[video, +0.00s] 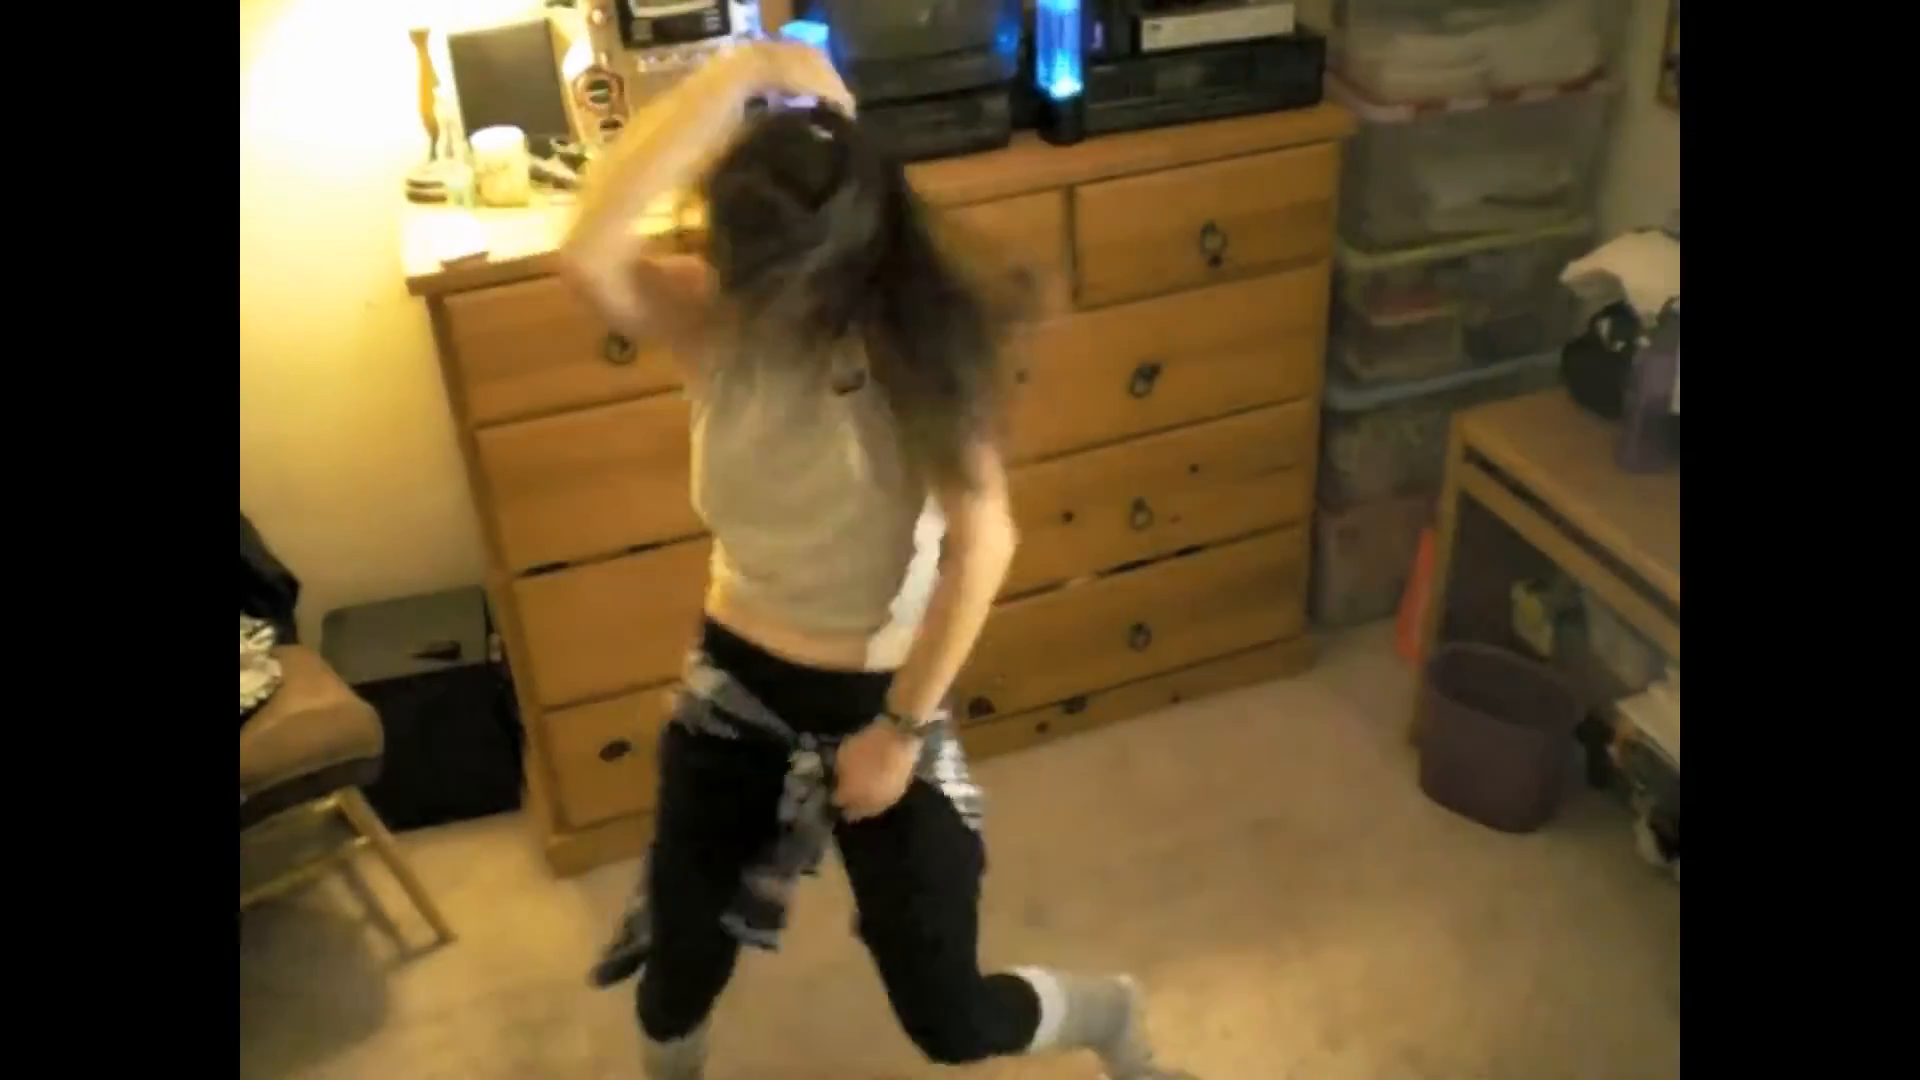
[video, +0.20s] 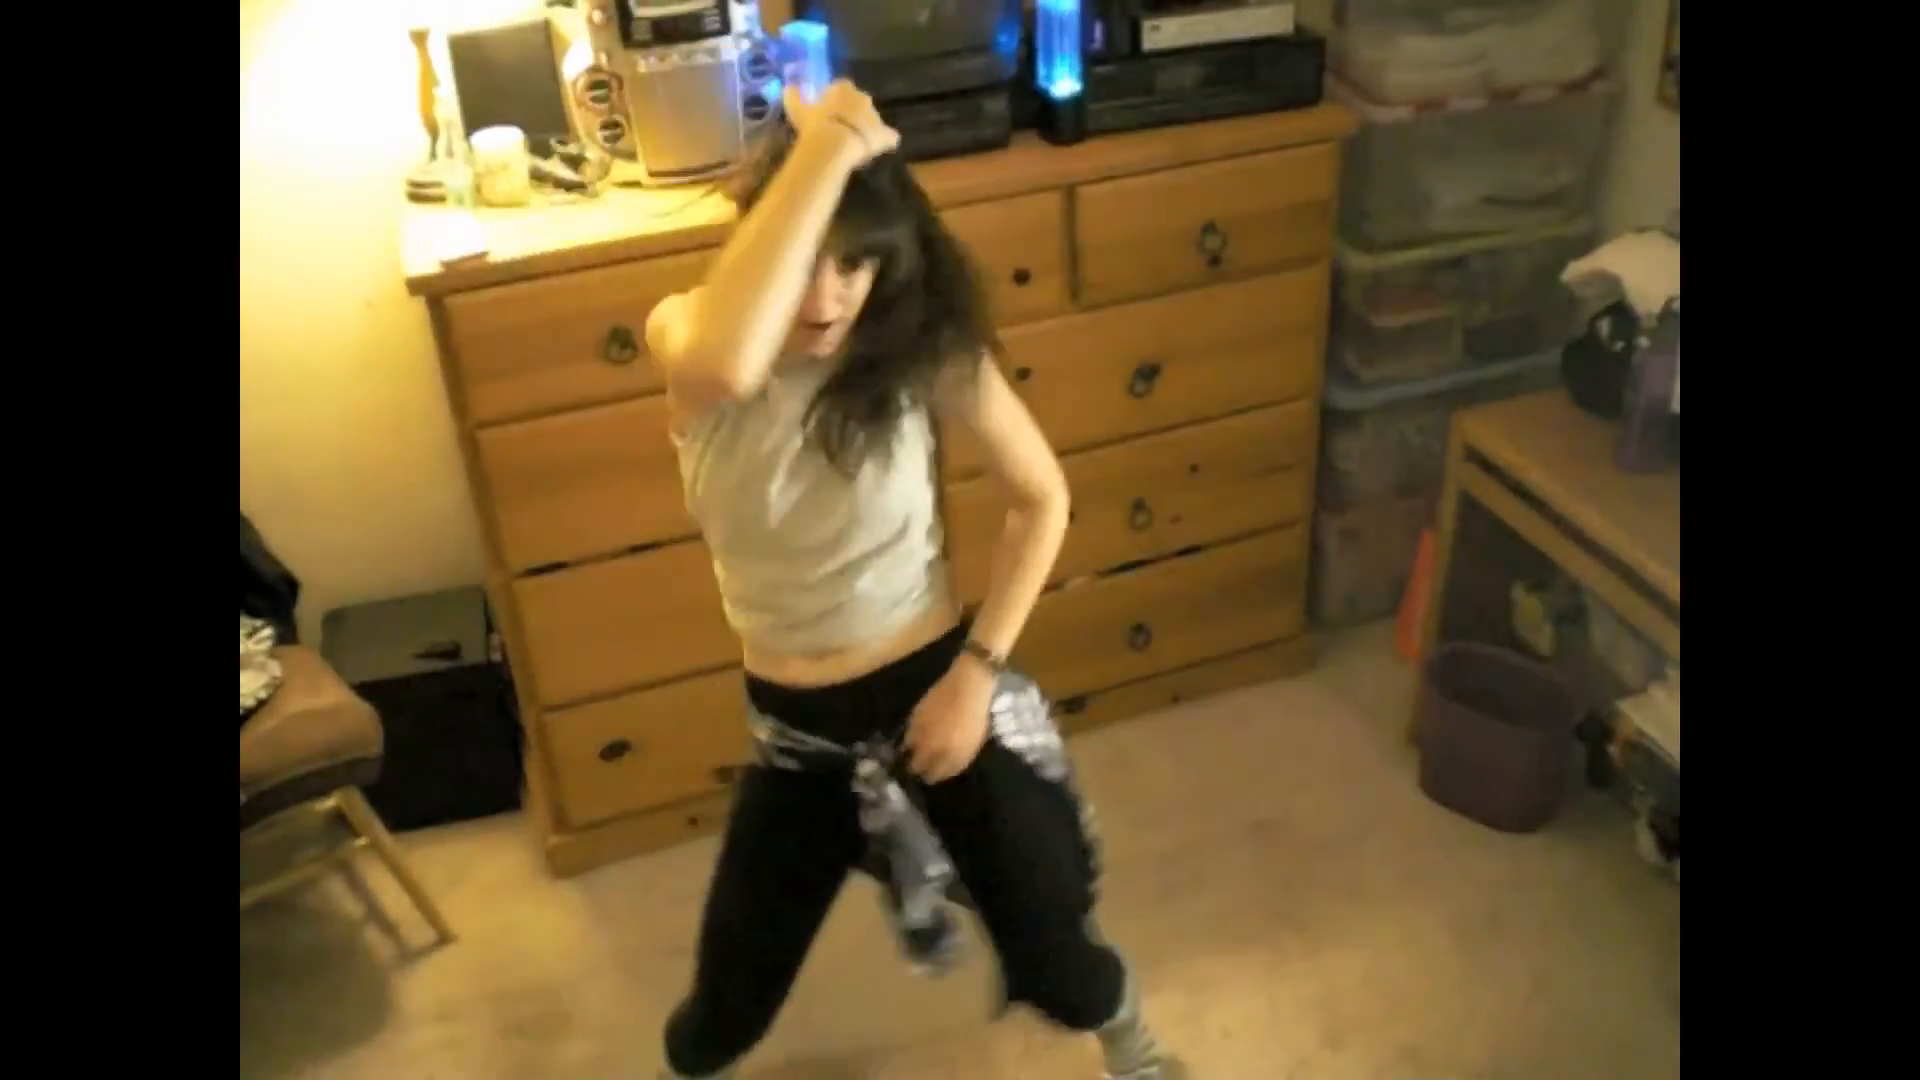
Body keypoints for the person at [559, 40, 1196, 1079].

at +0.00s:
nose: (779, 322)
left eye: (802, 300)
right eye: (758, 296)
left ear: (855, 264)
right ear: (733, 255)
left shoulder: (922, 338)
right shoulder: (719, 315)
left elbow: (984, 533)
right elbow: (589, 260)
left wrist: (899, 726)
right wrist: (729, 76)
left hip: (884, 708)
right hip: (738, 686)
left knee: (947, 1022)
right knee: (679, 972)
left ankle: (1108, 1012)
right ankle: (668, 1061)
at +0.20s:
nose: (825, 295)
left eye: (855, 264)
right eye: (806, 261)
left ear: (889, 270)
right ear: (753, 249)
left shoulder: (926, 352)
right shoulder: (688, 331)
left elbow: (1038, 497)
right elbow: (723, 367)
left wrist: (976, 672)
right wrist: (820, 159)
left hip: (941, 705)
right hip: (797, 737)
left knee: (1057, 968)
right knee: (724, 1015)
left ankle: (1132, 1046)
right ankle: (688, 1071)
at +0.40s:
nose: (834, 307)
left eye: (855, 275)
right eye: (804, 275)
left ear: (890, 269)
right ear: (745, 255)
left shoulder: (886, 358)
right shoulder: (697, 336)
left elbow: (954, 511)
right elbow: (855, 442)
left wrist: (984, 632)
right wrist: (879, 211)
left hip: (956, 706)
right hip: (806, 769)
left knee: (1126, 935)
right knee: (766, 1049)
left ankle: (1130, 1053)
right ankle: (705, 1066)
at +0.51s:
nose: (850, 300)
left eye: (871, 262)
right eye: (816, 272)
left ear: (890, 251)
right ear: (749, 257)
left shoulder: (875, 331)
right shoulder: (715, 337)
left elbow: (889, 510)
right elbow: (908, 490)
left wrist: (980, 591)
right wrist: (938, 264)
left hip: (937, 686)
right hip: (797, 761)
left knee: (1133, 899)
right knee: (763, 1045)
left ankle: (1115, 1039)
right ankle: (703, 1066)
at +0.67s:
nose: (906, 276)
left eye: (919, 241)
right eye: (867, 256)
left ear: (932, 216)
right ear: (795, 250)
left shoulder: (862, 326)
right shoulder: (800, 362)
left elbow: (918, 496)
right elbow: (940, 570)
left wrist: (1023, 465)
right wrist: (1065, 398)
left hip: (924, 703)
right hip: (798, 761)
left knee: (1109, 847)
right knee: (768, 1013)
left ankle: (1086, 1025)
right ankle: (688, 1059)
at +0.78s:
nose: (939, 273)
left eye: (949, 238)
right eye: (901, 254)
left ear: (961, 217)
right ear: (821, 248)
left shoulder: (888, 327)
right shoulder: (852, 356)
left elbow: (983, 450)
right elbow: (986, 572)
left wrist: (1142, 486)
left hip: (918, 711)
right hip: (821, 759)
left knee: (1086, 859)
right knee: (774, 992)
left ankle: (1079, 1022)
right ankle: (668, 1062)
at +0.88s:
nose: (1007, 263)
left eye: (1012, 229)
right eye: (965, 246)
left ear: (1024, 219)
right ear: (897, 256)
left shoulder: (938, 326)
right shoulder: (948, 371)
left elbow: (1026, 410)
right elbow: (1013, 605)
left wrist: (1129, 479)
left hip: (933, 716)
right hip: (844, 752)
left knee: (1060, 861)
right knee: (782, 993)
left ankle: (1071, 1023)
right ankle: (650, 1059)